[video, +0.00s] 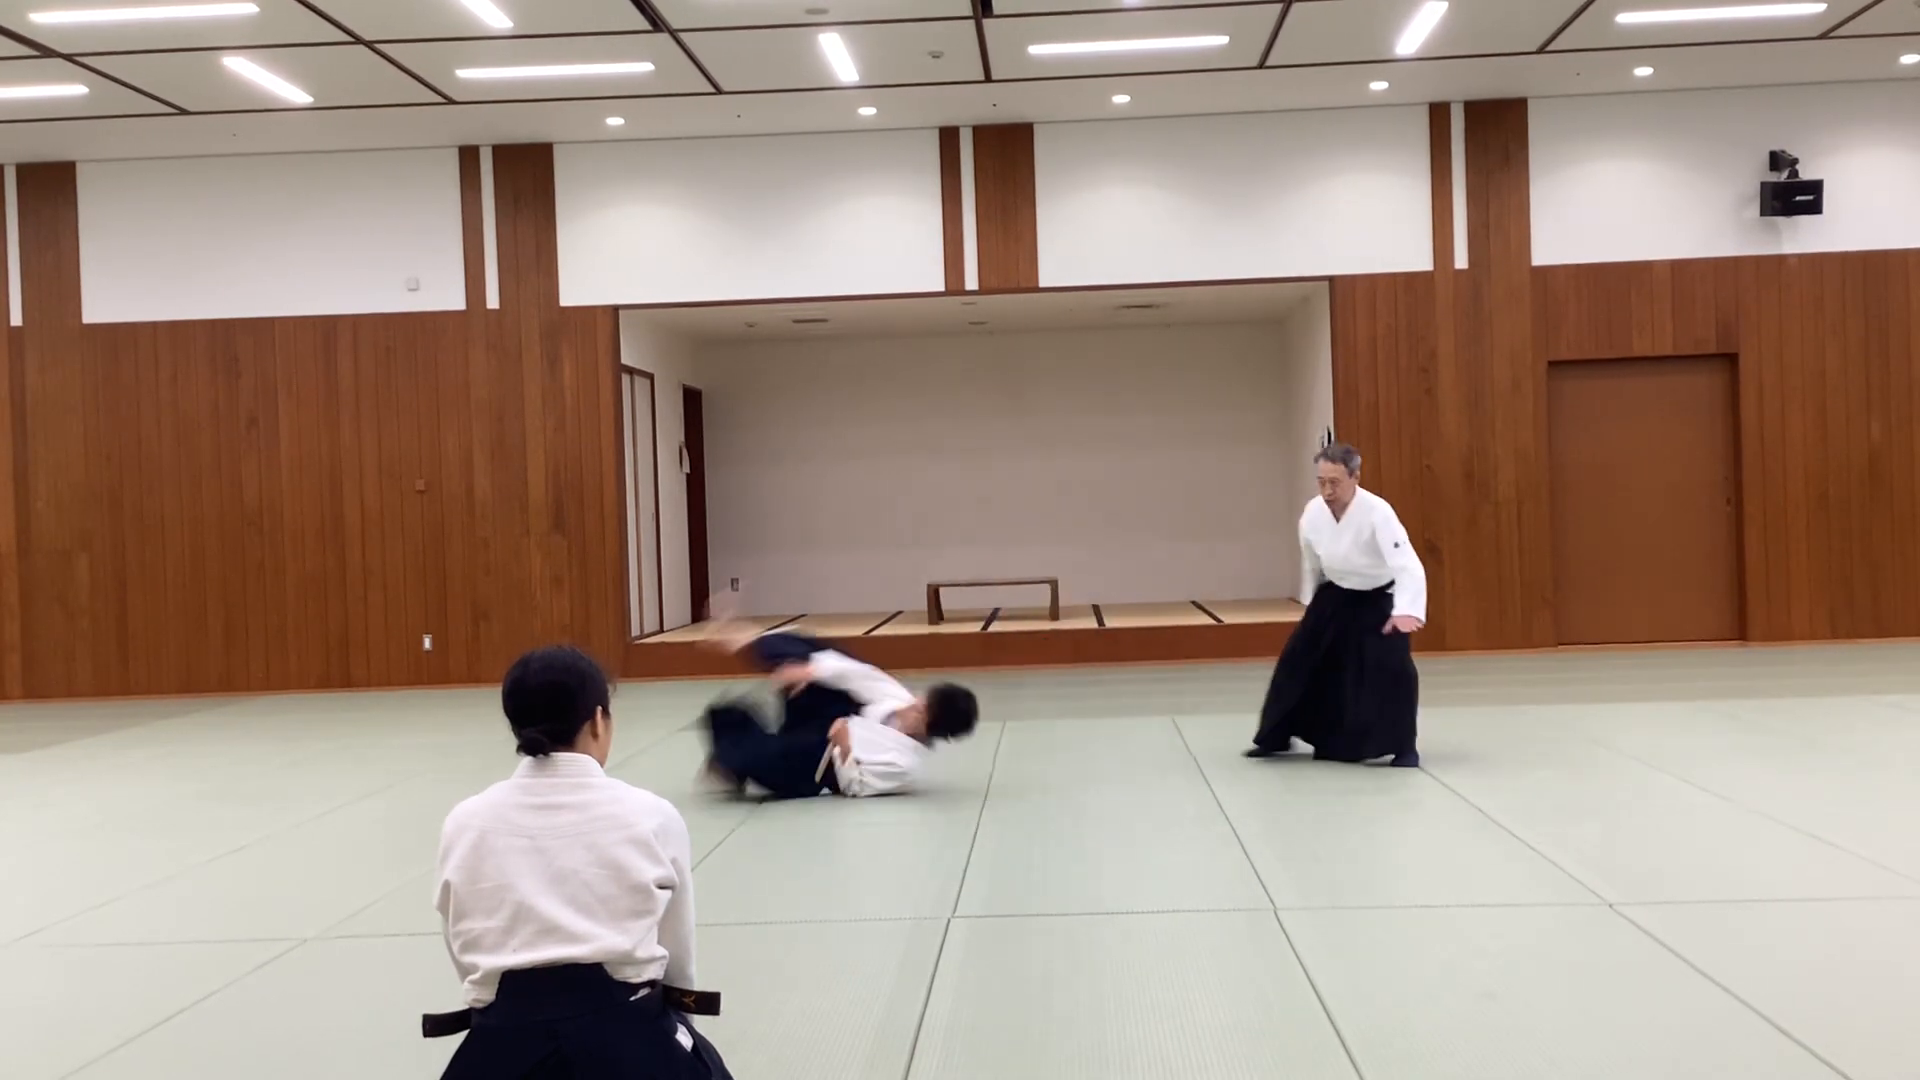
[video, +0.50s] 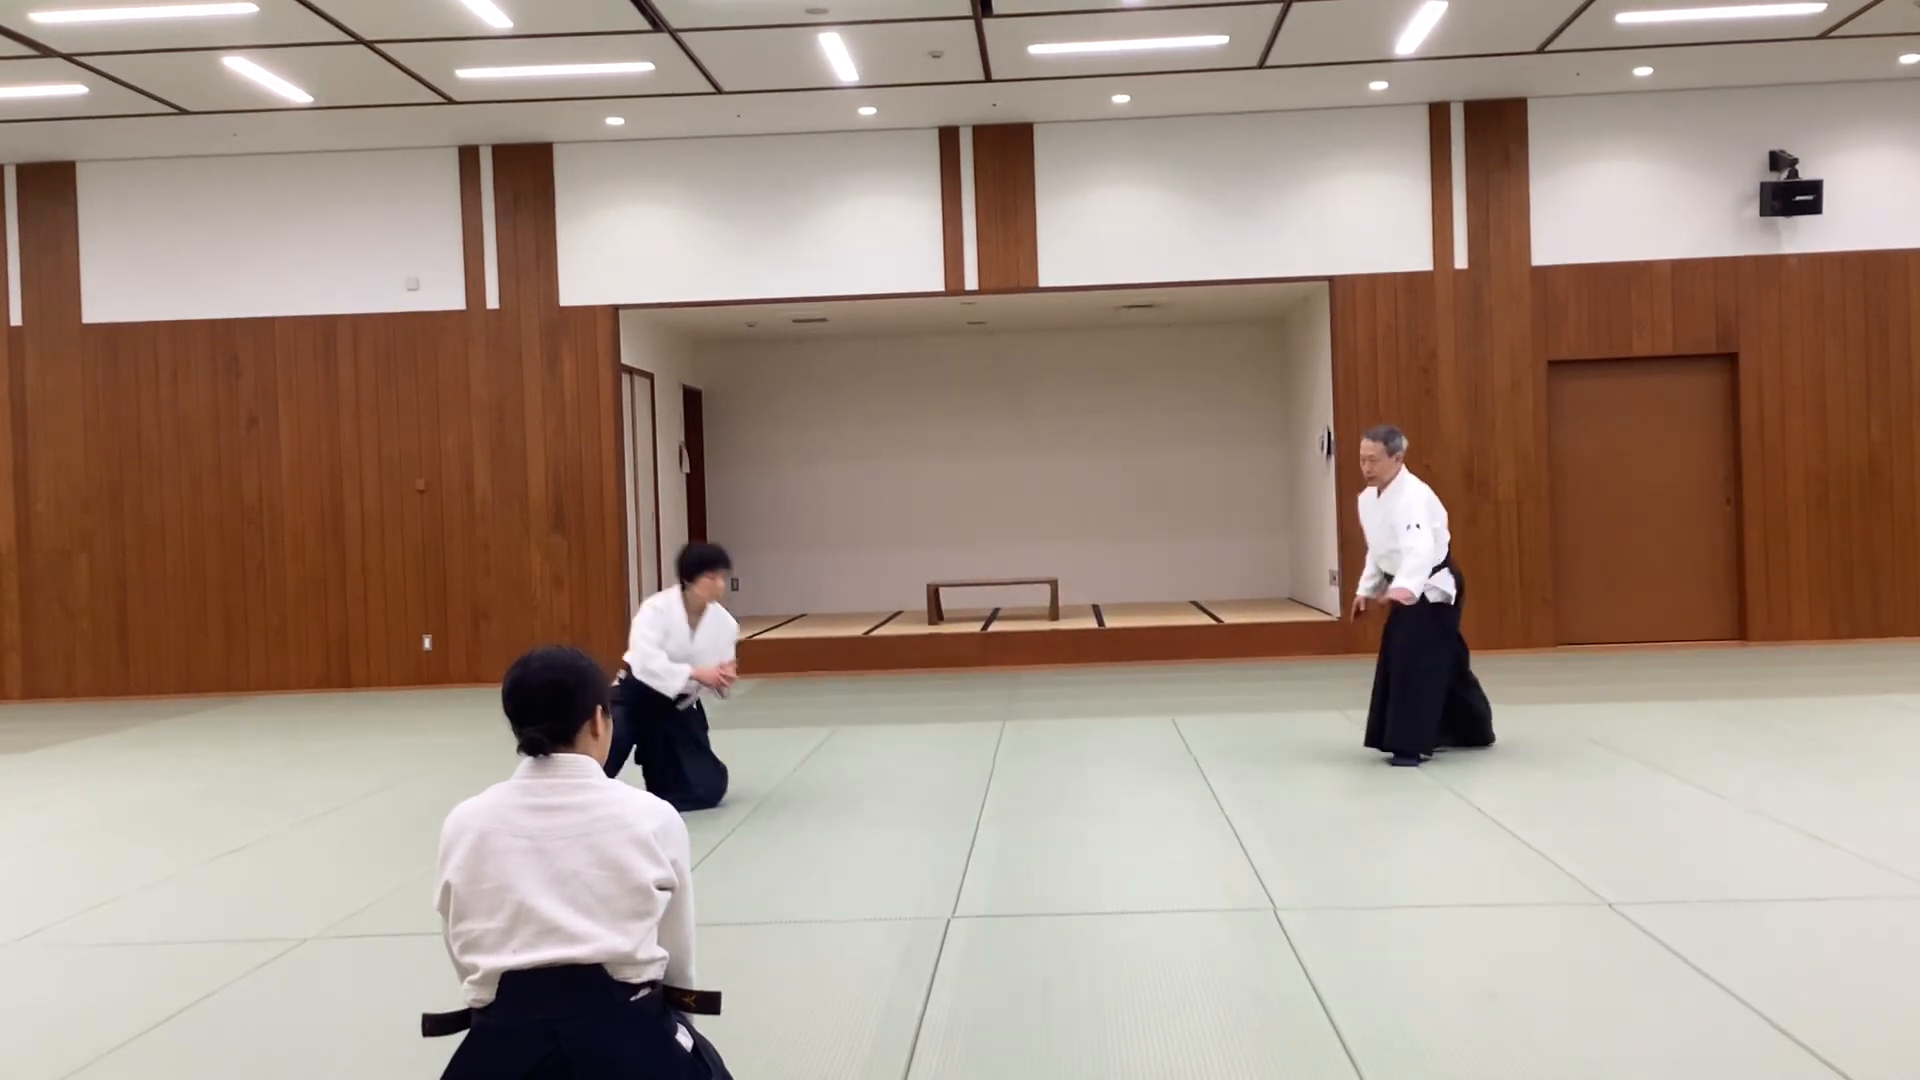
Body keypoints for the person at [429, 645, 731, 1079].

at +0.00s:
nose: (610, 728)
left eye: (609, 715)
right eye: (609, 716)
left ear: (518, 726)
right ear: (597, 722)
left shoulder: (464, 823)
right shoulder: (652, 817)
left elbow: (465, 961)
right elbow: (678, 966)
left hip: (503, 1050)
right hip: (629, 1045)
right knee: (695, 1045)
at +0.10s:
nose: (610, 730)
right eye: (609, 718)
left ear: (517, 726)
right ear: (597, 723)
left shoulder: (465, 823)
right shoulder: (652, 817)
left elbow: (464, 960)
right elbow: (678, 966)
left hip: (503, 1050)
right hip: (630, 1045)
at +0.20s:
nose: (610, 731)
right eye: (609, 719)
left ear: (518, 727)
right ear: (598, 723)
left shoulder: (465, 824)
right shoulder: (652, 817)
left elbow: (464, 959)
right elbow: (678, 966)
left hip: (503, 1049)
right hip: (630, 1046)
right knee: (696, 1047)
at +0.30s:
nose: (609, 731)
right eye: (609, 719)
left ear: (518, 727)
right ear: (597, 723)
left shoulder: (464, 823)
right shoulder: (652, 817)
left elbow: (464, 960)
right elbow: (678, 965)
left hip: (503, 1051)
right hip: (630, 1046)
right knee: (696, 1047)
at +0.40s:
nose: (609, 728)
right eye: (608, 717)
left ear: (517, 726)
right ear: (597, 722)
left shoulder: (465, 822)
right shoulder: (652, 816)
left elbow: (464, 960)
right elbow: (678, 964)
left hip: (503, 1050)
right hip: (630, 1045)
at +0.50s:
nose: (609, 727)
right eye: (608, 716)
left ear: (518, 726)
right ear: (597, 721)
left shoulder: (465, 823)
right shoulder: (652, 816)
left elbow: (464, 958)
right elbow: (678, 962)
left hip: (503, 1049)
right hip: (629, 1045)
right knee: (697, 1048)